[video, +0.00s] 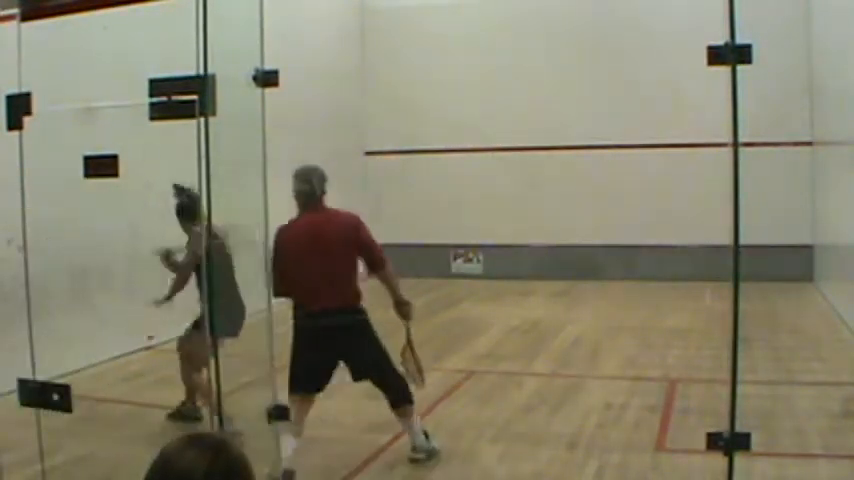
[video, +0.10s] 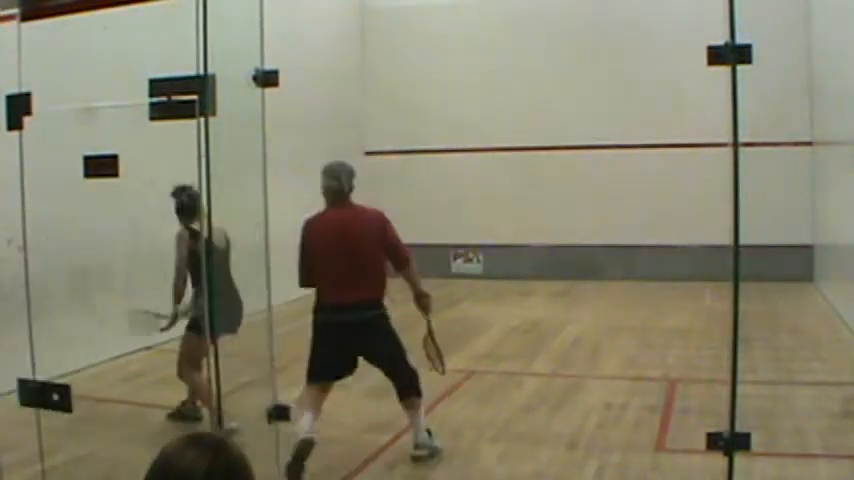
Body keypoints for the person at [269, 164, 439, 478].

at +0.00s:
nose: (300, 195)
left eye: (298, 191)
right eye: (311, 188)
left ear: (295, 194)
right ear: (324, 191)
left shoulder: (285, 234)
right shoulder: (348, 223)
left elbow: (280, 288)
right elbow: (379, 264)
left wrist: (314, 287)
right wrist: (398, 299)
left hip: (310, 326)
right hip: (350, 322)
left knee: (301, 392)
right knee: (390, 380)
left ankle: (288, 461)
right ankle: (418, 442)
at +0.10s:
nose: (326, 190)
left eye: (326, 186)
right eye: (333, 185)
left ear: (324, 188)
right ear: (352, 186)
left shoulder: (313, 226)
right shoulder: (375, 220)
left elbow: (307, 279)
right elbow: (402, 261)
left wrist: (340, 271)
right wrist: (419, 291)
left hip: (329, 322)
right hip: (371, 320)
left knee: (319, 380)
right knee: (404, 376)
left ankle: (305, 432)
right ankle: (420, 439)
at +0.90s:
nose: (371, 201)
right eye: (373, 197)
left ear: (350, 199)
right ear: (373, 199)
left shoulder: (332, 225)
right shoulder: (385, 227)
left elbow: (319, 267)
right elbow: (400, 269)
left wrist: (340, 284)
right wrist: (403, 303)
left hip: (336, 302)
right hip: (372, 300)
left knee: (331, 351)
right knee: (405, 349)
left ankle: (320, 405)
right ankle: (412, 404)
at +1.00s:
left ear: (360, 192)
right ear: (384, 192)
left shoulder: (342, 217)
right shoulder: (395, 219)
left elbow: (325, 258)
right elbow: (406, 261)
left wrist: (341, 280)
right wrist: (412, 294)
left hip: (343, 295)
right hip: (378, 294)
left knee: (337, 346)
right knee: (402, 342)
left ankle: (320, 404)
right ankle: (390, 405)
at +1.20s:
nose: (401, 192)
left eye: (394, 185)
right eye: (405, 188)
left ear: (384, 185)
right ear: (407, 187)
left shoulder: (362, 209)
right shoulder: (413, 215)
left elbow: (340, 247)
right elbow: (424, 259)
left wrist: (342, 282)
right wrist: (431, 295)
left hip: (357, 291)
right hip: (390, 294)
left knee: (357, 340)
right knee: (405, 349)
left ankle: (336, 393)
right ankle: (389, 407)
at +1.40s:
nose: (418, 183)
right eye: (420, 178)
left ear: (398, 172)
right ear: (421, 177)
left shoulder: (371, 194)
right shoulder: (417, 200)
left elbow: (344, 220)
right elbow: (423, 247)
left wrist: (346, 254)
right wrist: (431, 284)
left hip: (365, 274)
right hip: (394, 279)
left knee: (384, 335)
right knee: (406, 342)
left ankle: (377, 395)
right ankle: (389, 405)